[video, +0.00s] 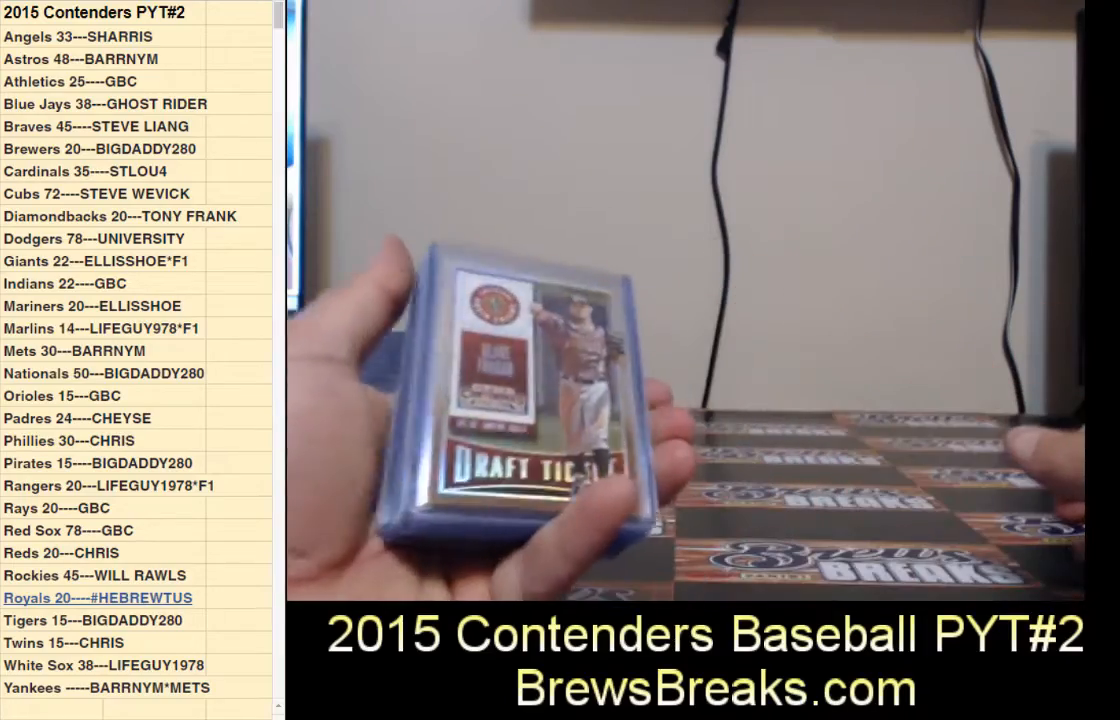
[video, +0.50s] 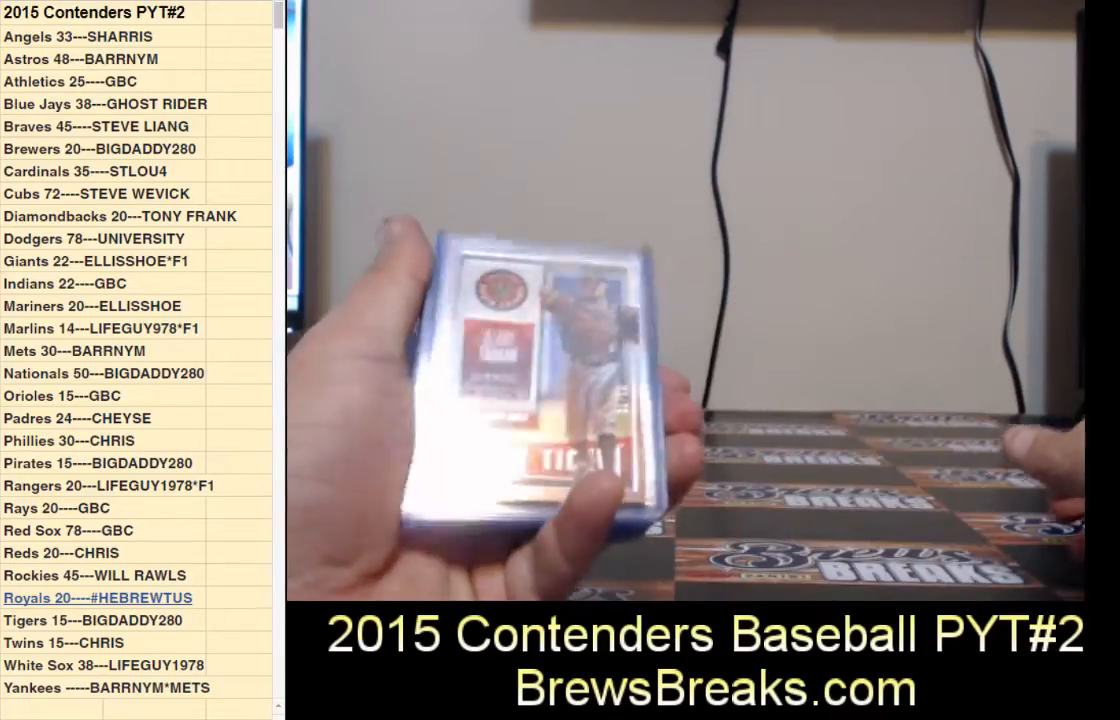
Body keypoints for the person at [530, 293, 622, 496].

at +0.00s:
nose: (578, 309)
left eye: (583, 305)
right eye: (575, 305)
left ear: (590, 309)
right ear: (569, 308)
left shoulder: (601, 335)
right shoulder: (564, 329)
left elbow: (614, 358)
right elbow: (548, 320)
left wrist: (617, 350)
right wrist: (538, 312)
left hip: (597, 386)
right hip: (571, 385)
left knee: (599, 434)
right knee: (573, 434)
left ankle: (604, 480)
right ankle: (579, 478)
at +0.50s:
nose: (591, 289)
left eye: (596, 284)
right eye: (587, 284)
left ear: (604, 287)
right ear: (581, 286)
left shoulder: (613, 311)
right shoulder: (571, 308)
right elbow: (549, 300)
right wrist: (552, 301)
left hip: (607, 366)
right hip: (579, 366)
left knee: (606, 421)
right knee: (577, 418)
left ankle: (609, 473)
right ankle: (582, 466)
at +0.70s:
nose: (592, 280)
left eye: (597, 275)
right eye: (588, 275)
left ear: (604, 278)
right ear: (582, 277)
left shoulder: (616, 304)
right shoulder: (569, 300)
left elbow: (637, 331)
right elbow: (548, 294)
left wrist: (635, 318)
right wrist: (551, 292)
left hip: (608, 362)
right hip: (580, 362)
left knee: (608, 418)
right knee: (579, 417)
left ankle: (611, 469)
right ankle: (586, 463)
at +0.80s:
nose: (594, 274)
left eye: (599, 266)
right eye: (589, 267)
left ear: (608, 269)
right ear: (584, 269)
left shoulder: (621, 297)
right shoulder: (576, 300)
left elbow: (632, 324)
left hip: (609, 354)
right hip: (581, 355)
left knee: (608, 409)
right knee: (581, 406)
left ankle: (612, 467)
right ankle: (586, 459)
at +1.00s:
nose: (601, 260)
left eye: (608, 256)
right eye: (596, 255)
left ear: (615, 258)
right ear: (590, 255)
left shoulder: (624, 274)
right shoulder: (572, 273)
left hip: (616, 345)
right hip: (584, 345)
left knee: (612, 409)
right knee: (582, 409)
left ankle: (614, 470)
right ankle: (587, 467)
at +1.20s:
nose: (616, 257)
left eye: (622, 252)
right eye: (611, 251)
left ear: (631, 255)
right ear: (605, 252)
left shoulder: (638, 279)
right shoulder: (588, 272)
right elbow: (559, 270)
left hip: (628, 346)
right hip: (596, 346)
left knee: (624, 408)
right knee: (594, 407)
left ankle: (626, 470)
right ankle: (600, 467)